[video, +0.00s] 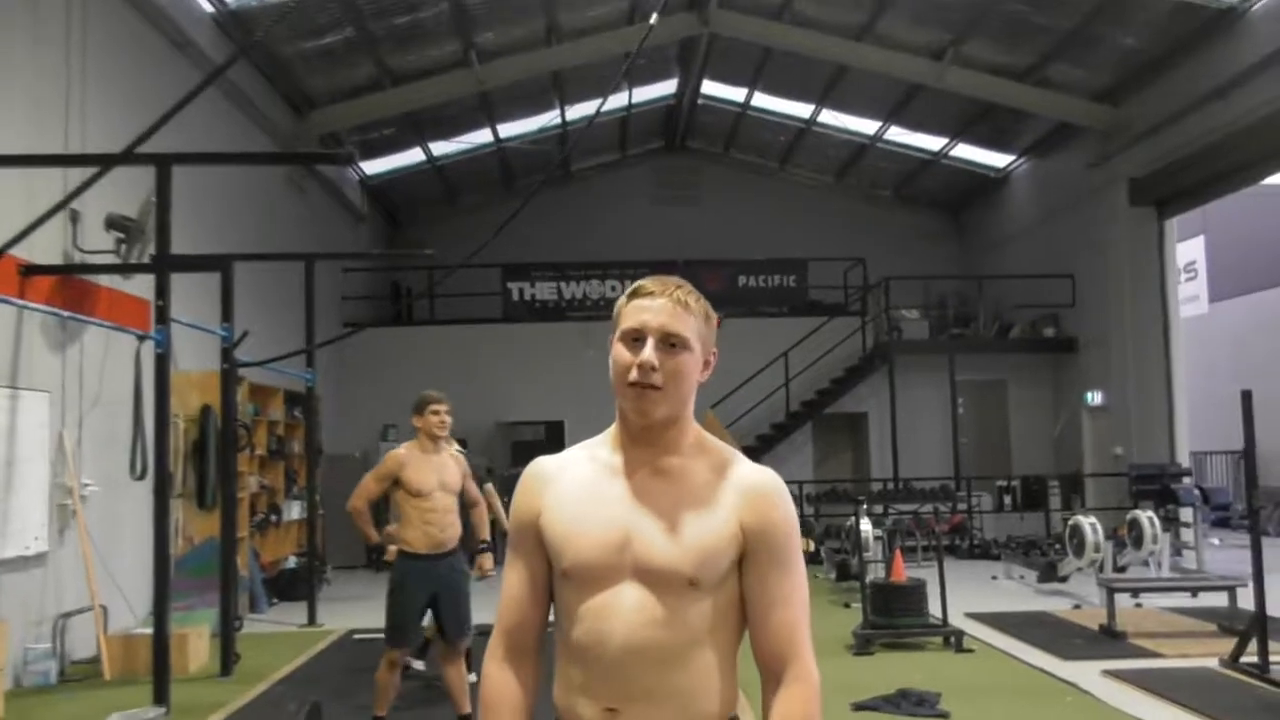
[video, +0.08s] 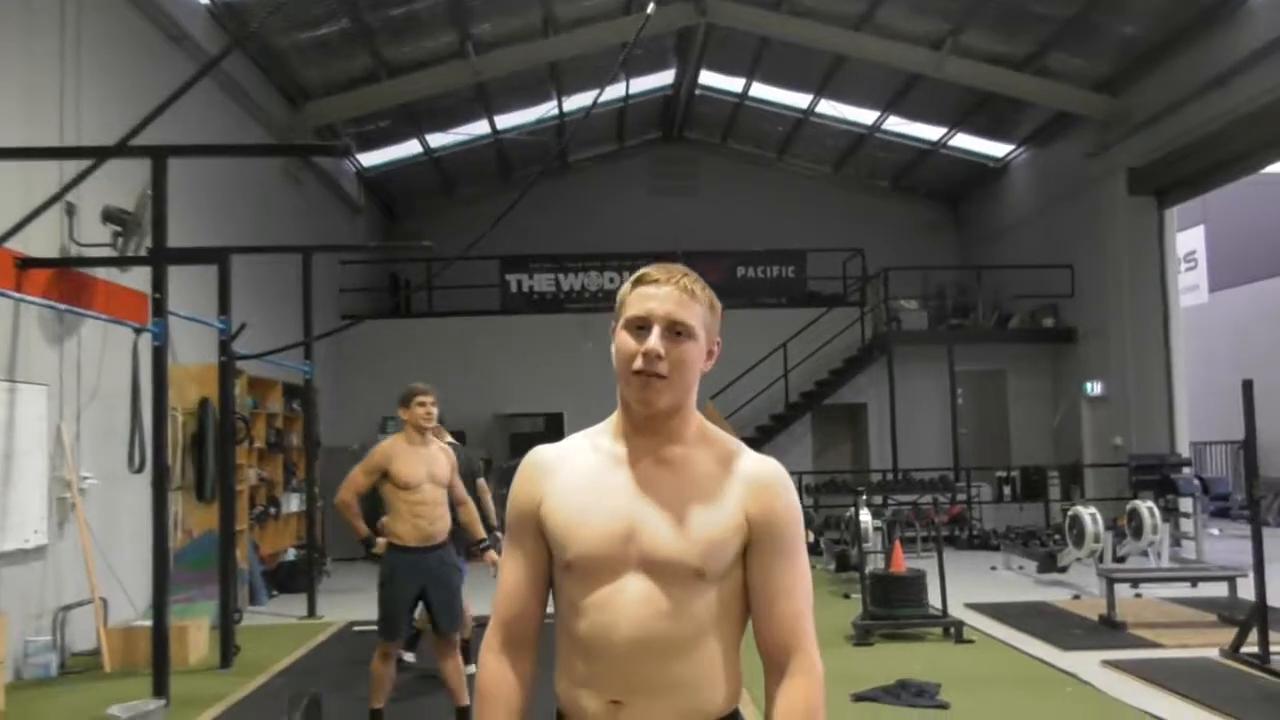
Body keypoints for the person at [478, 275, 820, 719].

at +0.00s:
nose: (646, 359)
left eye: (671, 344)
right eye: (633, 340)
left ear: (706, 365)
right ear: (611, 351)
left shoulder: (754, 494)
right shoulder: (546, 483)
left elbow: (790, 676)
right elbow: (510, 659)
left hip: (708, 710)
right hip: (580, 709)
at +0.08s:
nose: (652, 347)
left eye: (677, 333)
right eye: (637, 328)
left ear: (710, 354)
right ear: (614, 339)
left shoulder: (758, 484)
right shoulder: (545, 472)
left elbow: (793, 665)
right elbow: (507, 650)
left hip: (714, 711)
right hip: (581, 711)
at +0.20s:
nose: (653, 328)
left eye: (678, 315)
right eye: (638, 308)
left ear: (709, 337)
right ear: (611, 322)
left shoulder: (757, 470)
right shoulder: (538, 457)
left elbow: (792, 654)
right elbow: (498, 639)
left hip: (708, 712)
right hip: (573, 713)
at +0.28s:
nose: (649, 317)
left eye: (675, 304)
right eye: (634, 297)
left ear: (705, 329)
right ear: (606, 311)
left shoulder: (753, 462)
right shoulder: (531, 449)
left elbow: (789, 651)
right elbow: (489, 632)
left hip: (702, 711)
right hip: (565, 713)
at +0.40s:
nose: (639, 303)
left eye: (665, 290)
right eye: (623, 283)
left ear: (695, 317)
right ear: (593, 298)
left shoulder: (743, 454)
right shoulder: (516, 440)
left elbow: (785, 650)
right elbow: (473, 625)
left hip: (692, 710)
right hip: (551, 712)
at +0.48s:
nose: (628, 297)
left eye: (655, 284)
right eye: (612, 276)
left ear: (685, 312)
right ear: (582, 293)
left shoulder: (734, 452)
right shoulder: (504, 438)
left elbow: (779, 650)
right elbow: (461, 627)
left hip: (686, 711)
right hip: (541, 712)